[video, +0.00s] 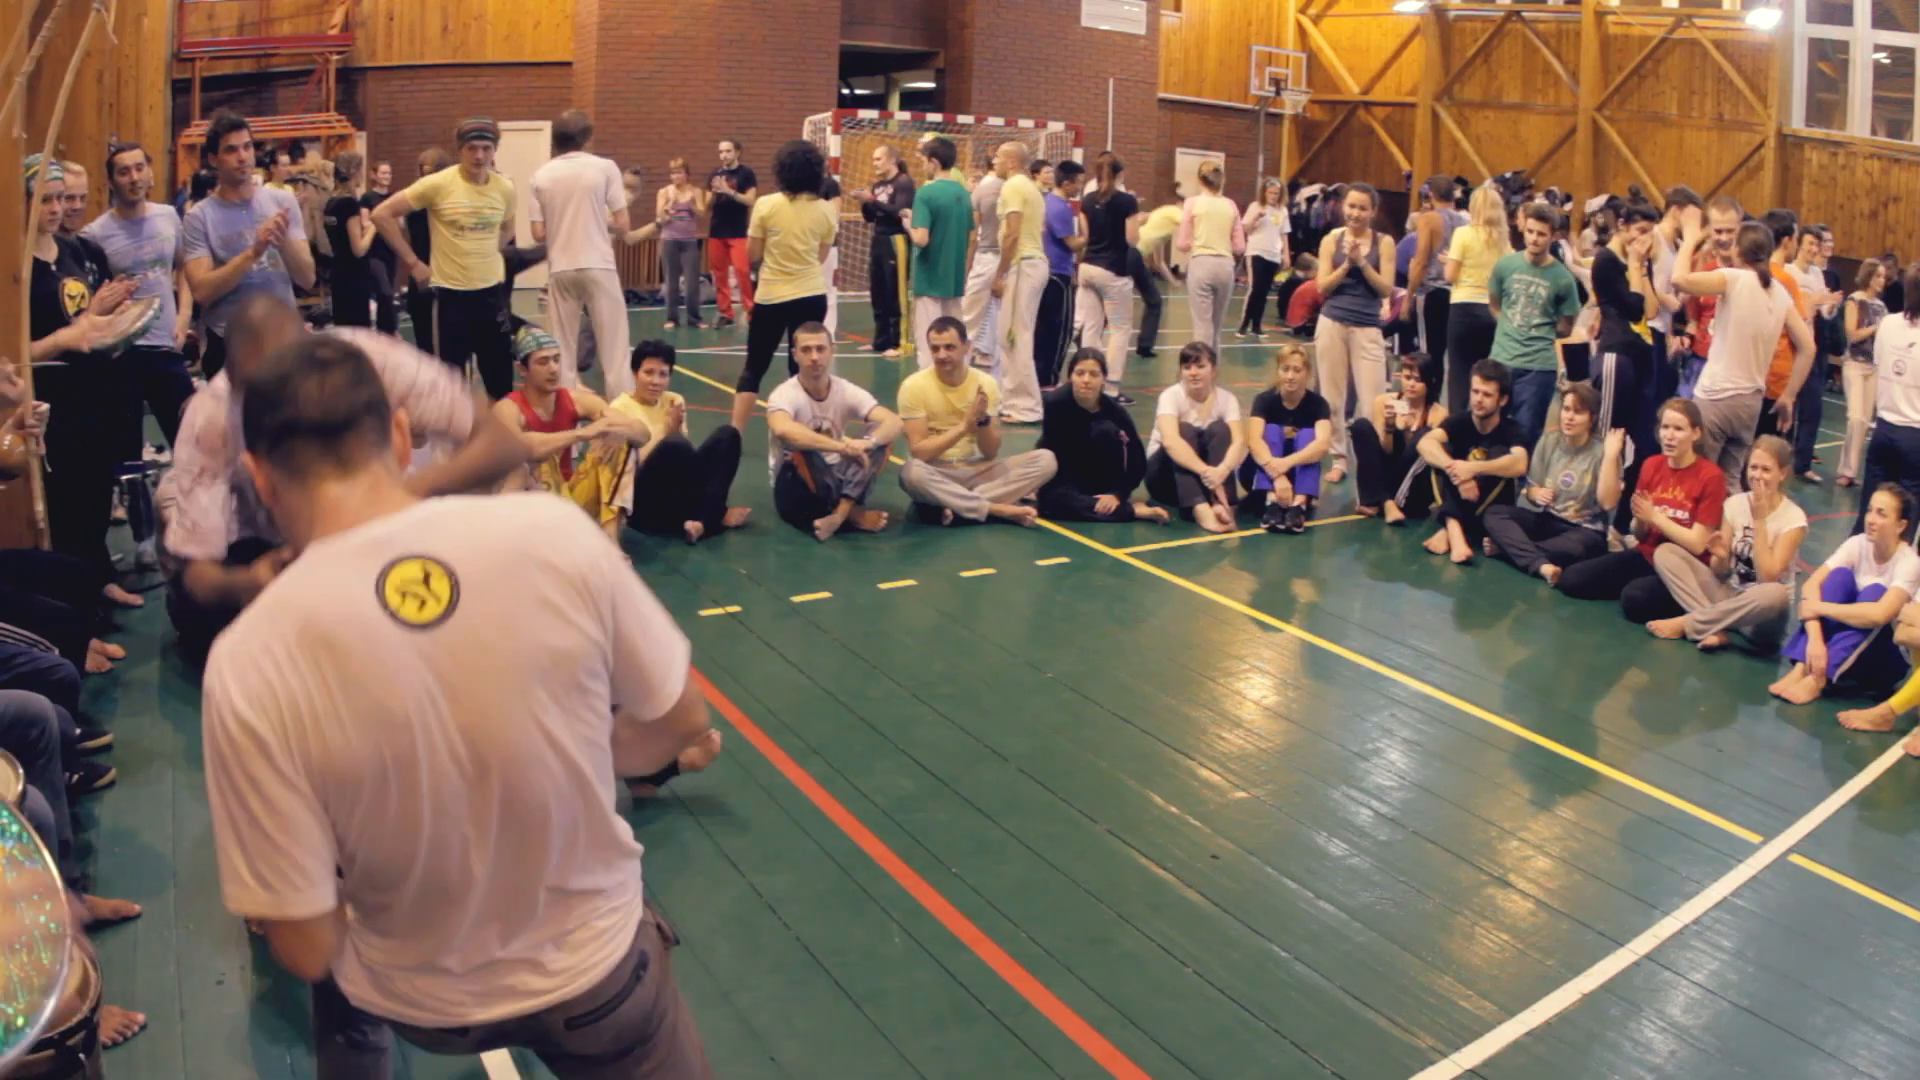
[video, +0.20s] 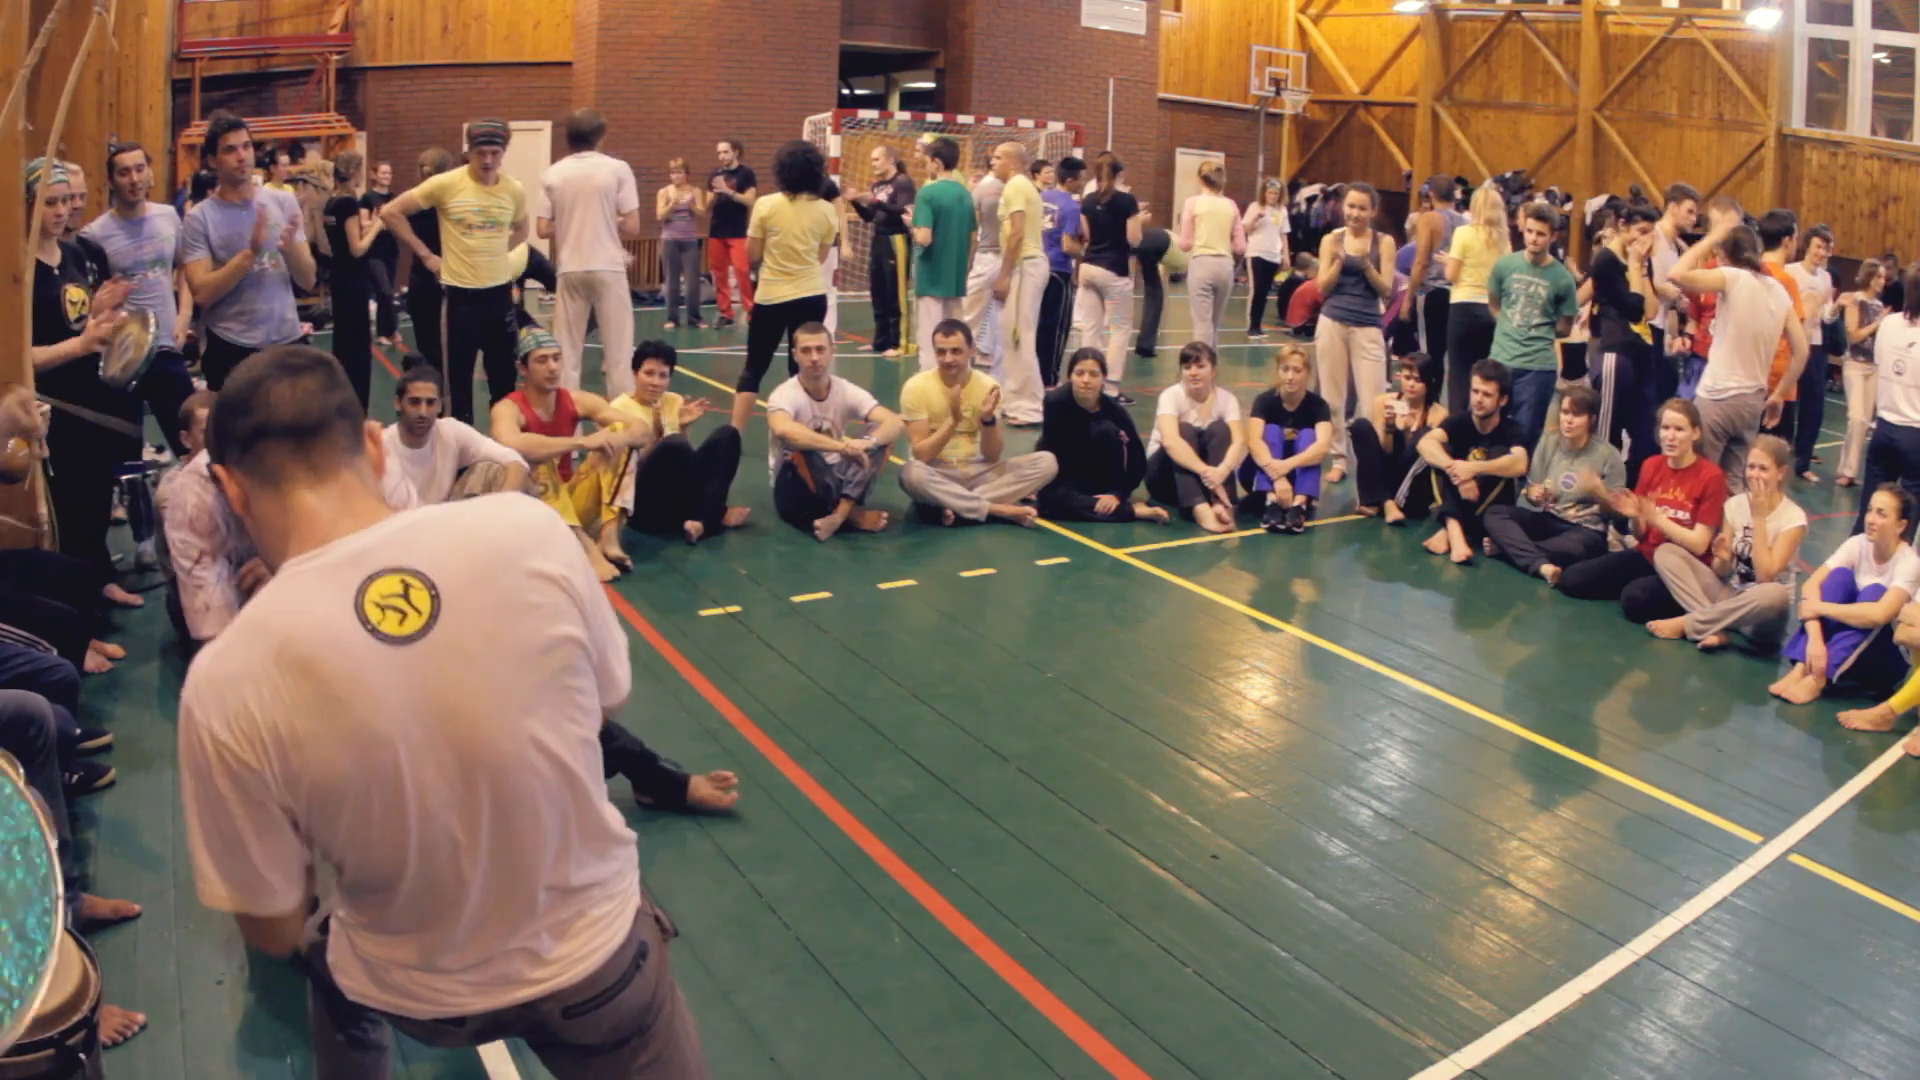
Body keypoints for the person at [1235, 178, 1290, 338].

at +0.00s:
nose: (1273, 196)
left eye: (1276, 193)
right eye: (1270, 192)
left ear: (1280, 194)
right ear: (1264, 192)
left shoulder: (1283, 211)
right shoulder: (1256, 207)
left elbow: (1284, 235)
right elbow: (1244, 226)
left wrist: (1286, 254)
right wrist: (1257, 217)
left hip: (1274, 253)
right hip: (1256, 250)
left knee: (1264, 291)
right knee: (1256, 288)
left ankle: (1256, 325)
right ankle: (1245, 324)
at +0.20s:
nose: (1273, 196)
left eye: (1276, 193)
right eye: (1270, 192)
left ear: (1280, 195)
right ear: (1264, 193)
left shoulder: (1282, 211)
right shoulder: (1256, 207)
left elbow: (1284, 235)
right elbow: (1245, 228)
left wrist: (1286, 255)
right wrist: (1256, 218)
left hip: (1274, 254)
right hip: (1256, 252)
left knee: (1264, 292)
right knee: (1257, 291)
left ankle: (1257, 325)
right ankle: (1253, 326)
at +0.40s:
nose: (1272, 196)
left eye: (1276, 193)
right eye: (1270, 192)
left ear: (1280, 195)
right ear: (1263, 192)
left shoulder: (1281, 211)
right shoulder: (1255, 207)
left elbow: (1283, 235)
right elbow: (1244, 228)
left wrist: (1285, 255)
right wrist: (1256, 218)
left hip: (1273, 254)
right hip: (1256, 252)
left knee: (1265, 293)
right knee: (1258, 291)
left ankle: (1258, 325)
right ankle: (1254, 326)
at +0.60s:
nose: (1273, 195)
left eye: (1276, 192)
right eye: (1270, 192)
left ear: (1280, 194)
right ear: (1263, 192)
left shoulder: (1281, 210)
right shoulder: (1255, 207)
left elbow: (1282, 236)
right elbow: (1245, 228)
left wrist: (1285, 256)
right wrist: (1257, 218)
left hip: (1274, 254)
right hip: (1256, 252)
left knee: (1269, 292)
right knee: (1258, 291)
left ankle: (1261, 325)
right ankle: (1254, 327)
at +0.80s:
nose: (1274, 196)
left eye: (1277, 193)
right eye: (1271, 192)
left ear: (1281, 195)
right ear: (1265, 193)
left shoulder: (1283, 212)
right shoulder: (1256, 208)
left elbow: (1284, 237)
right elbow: (1245, 228)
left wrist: (1285, 256)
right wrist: (1258, 219)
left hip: (1275, 255)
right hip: (1258, 253)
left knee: (1267, 293)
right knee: (1262, 291)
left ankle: (1262, 326)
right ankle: (1255, 327)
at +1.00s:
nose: (1275, 196)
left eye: (1279, 193)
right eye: (1273, 192)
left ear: (1283, 195)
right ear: (1266, 193)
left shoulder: (1285, 211)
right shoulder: (1258, 207)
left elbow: (1287, 236)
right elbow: (1247, 226)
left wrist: (1288, 257)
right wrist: (1258, 219)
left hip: (1277, 254)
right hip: (1259, 252)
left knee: (1267, 292)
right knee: (1258, 291)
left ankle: (1261, 325)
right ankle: (1255, 325)